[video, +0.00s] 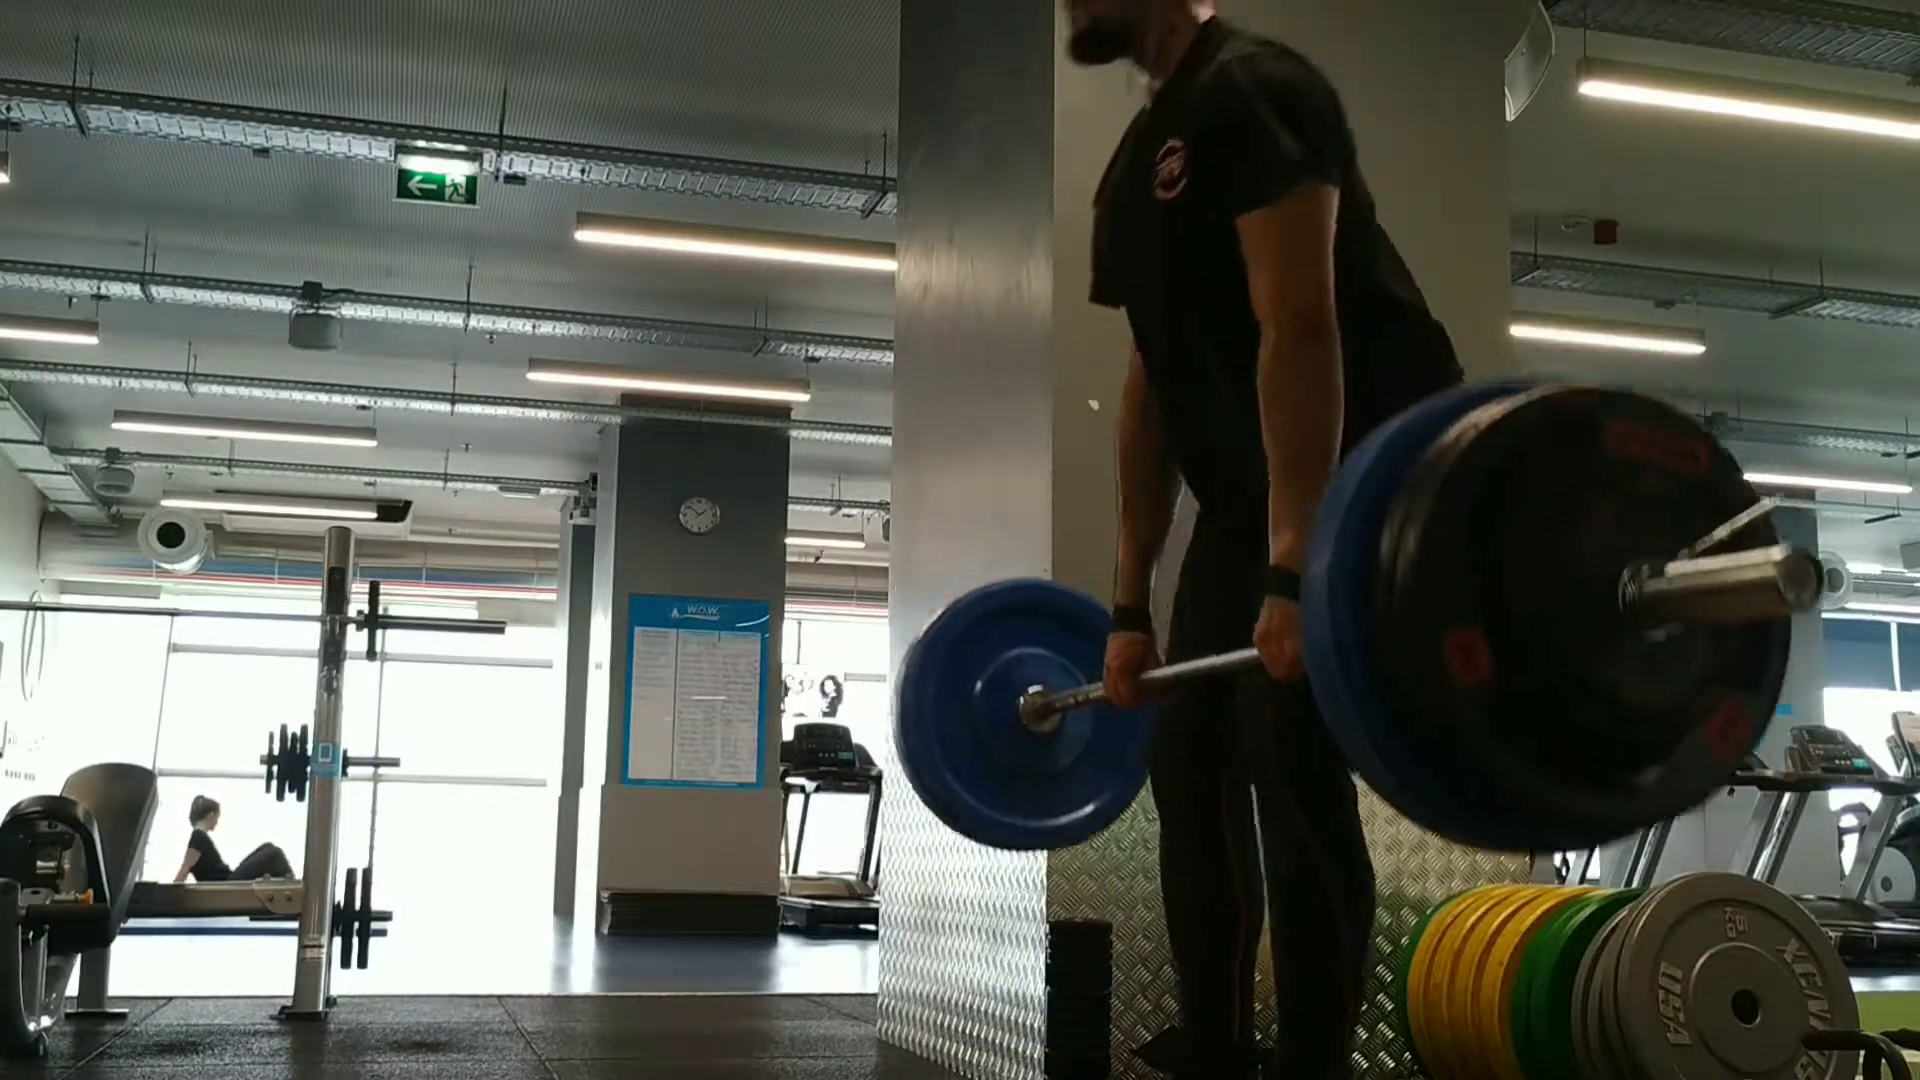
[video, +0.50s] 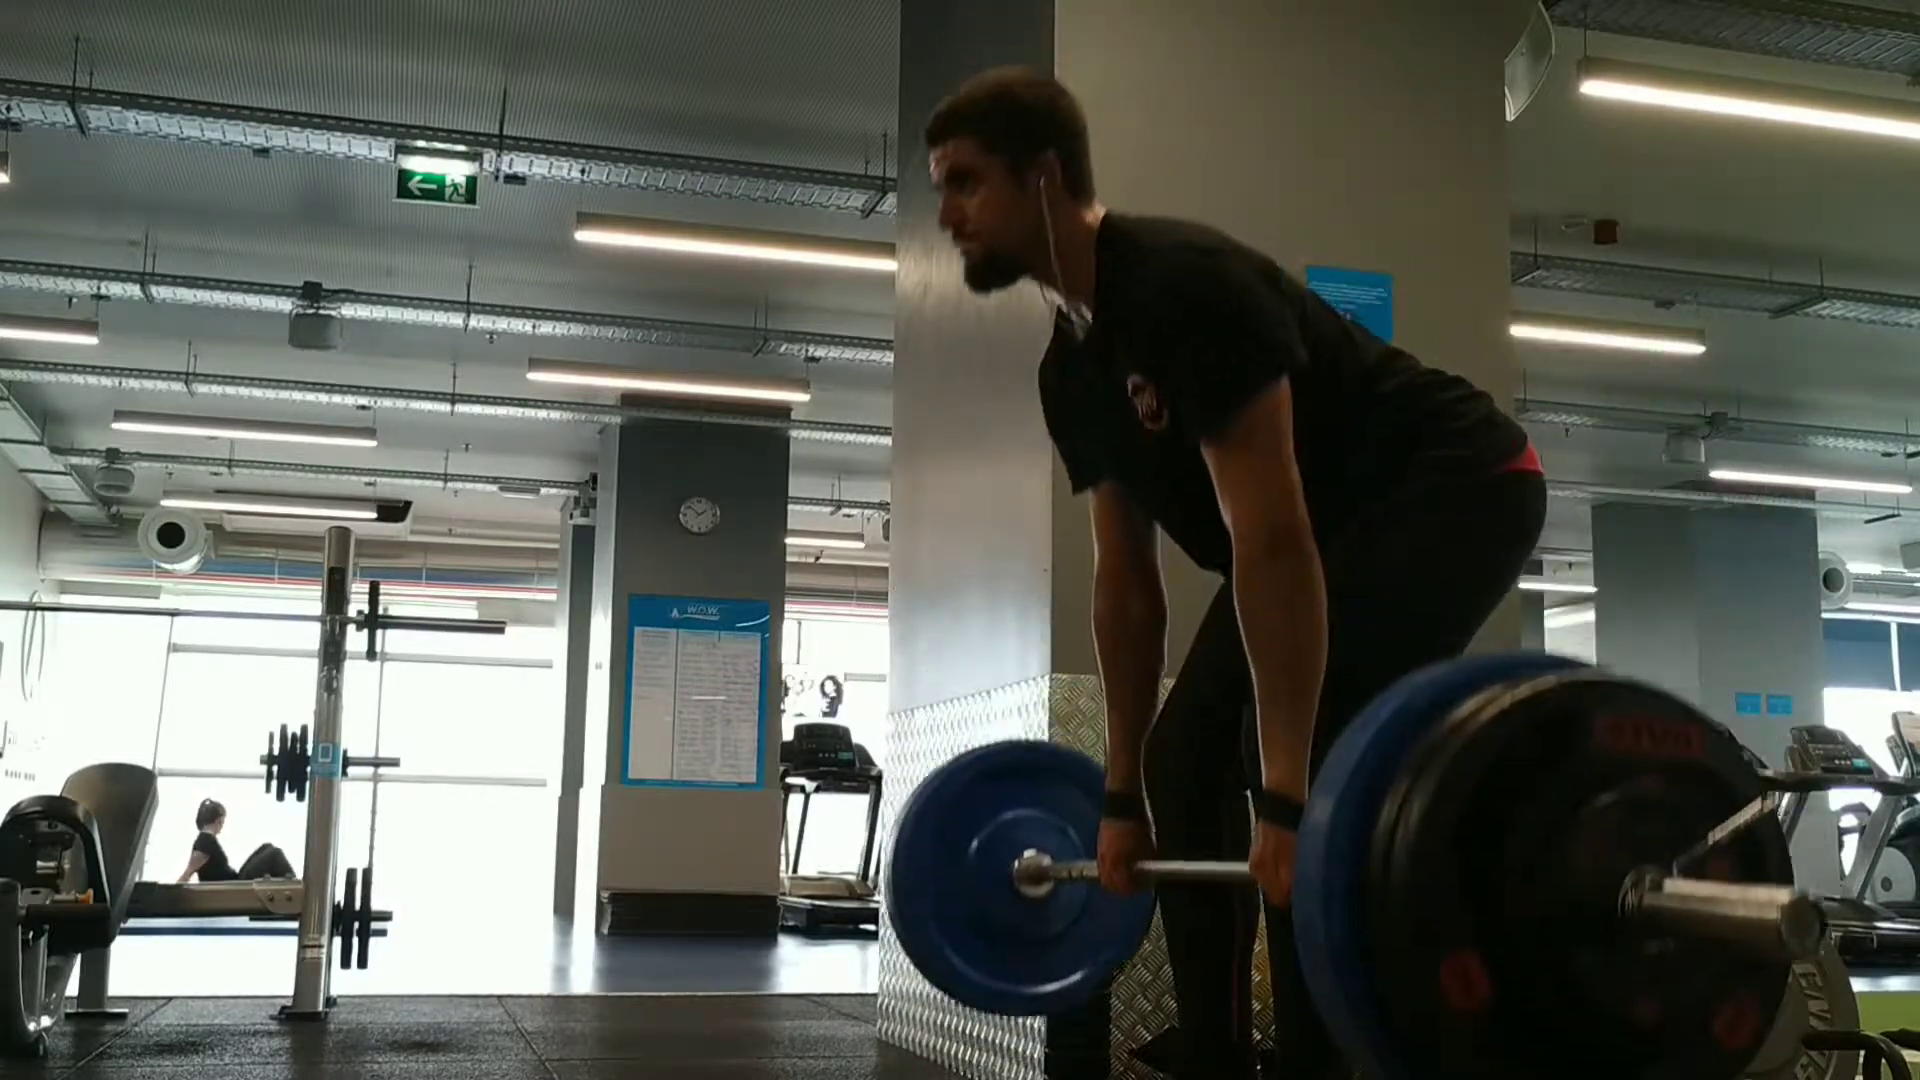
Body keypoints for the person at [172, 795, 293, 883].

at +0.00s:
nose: (217, 820)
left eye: (218, 816)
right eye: (217, 815)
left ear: (202, 815)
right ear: (208, 815)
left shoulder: (201, 836)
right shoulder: (199, 837)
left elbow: (186, 869)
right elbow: (185, 869)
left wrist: (173, 891)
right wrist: (172, 892)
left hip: (227, 880)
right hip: (227, 883)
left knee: (267, 847)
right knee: (273, 853)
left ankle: (287, 886)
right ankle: (292, 888)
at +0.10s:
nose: (222, 822)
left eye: (222, 818)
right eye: (221, 817)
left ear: (207, 818)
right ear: (213, 818)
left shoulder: (205, 838)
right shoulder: (203, 839)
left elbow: (189, 871)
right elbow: (187, 871)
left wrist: (176, 894)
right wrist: (174, 894)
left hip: (231, 881)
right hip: (231, 885)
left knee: (269, 847)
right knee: (274, 852)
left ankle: (288, 883)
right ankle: (293, 886)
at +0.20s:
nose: (225, 824)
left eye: (226, 820)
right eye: (225, 819)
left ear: (210, 819)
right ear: (218, 819)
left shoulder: (209, 840)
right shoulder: (206, 841)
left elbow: (192, 871)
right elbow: (190, 872)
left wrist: (175, 891)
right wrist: (173, 891)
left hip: (233, 882)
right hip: (233, 886)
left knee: (269, 848)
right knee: (274, 852)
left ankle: (287, 882)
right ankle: (292, 885)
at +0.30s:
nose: (227, 824)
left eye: (227, 819)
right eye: (226, 819)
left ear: (213, 819)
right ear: (219, 819)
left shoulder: (209, 839)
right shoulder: (207, 841)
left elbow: (193, 870)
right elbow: (191, 871)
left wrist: (175, 890)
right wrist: (174, 890)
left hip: (233, 882)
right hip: (233, 886)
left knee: (269, 848)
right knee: (274, 852)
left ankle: (288, 882)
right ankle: (292, 884)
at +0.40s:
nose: (225, 822)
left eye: (225, 818)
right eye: (224, 818)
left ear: (208, 818)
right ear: (217, 819)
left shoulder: (208, 839)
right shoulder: (206, 840)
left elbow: (192, 870)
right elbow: (190, 871)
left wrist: (175, 890)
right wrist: (174, 890)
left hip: (232, 882)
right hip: (232, 886)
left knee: (267, 847)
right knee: (274, 852)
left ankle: (287, 880)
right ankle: (292, 884)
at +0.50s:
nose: (223, 823)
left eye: (223, 819)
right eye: (223, 819)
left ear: (203, 819)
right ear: (218, 820)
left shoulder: (205, 839)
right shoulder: (206, 841)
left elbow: (191, 870)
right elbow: (190, 871)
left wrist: (175, 890)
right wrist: (174, 890)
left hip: (231, 882)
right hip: (233, 885)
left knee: (267, 847)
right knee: (274, 853)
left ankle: (286, 882)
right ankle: (292, 885)